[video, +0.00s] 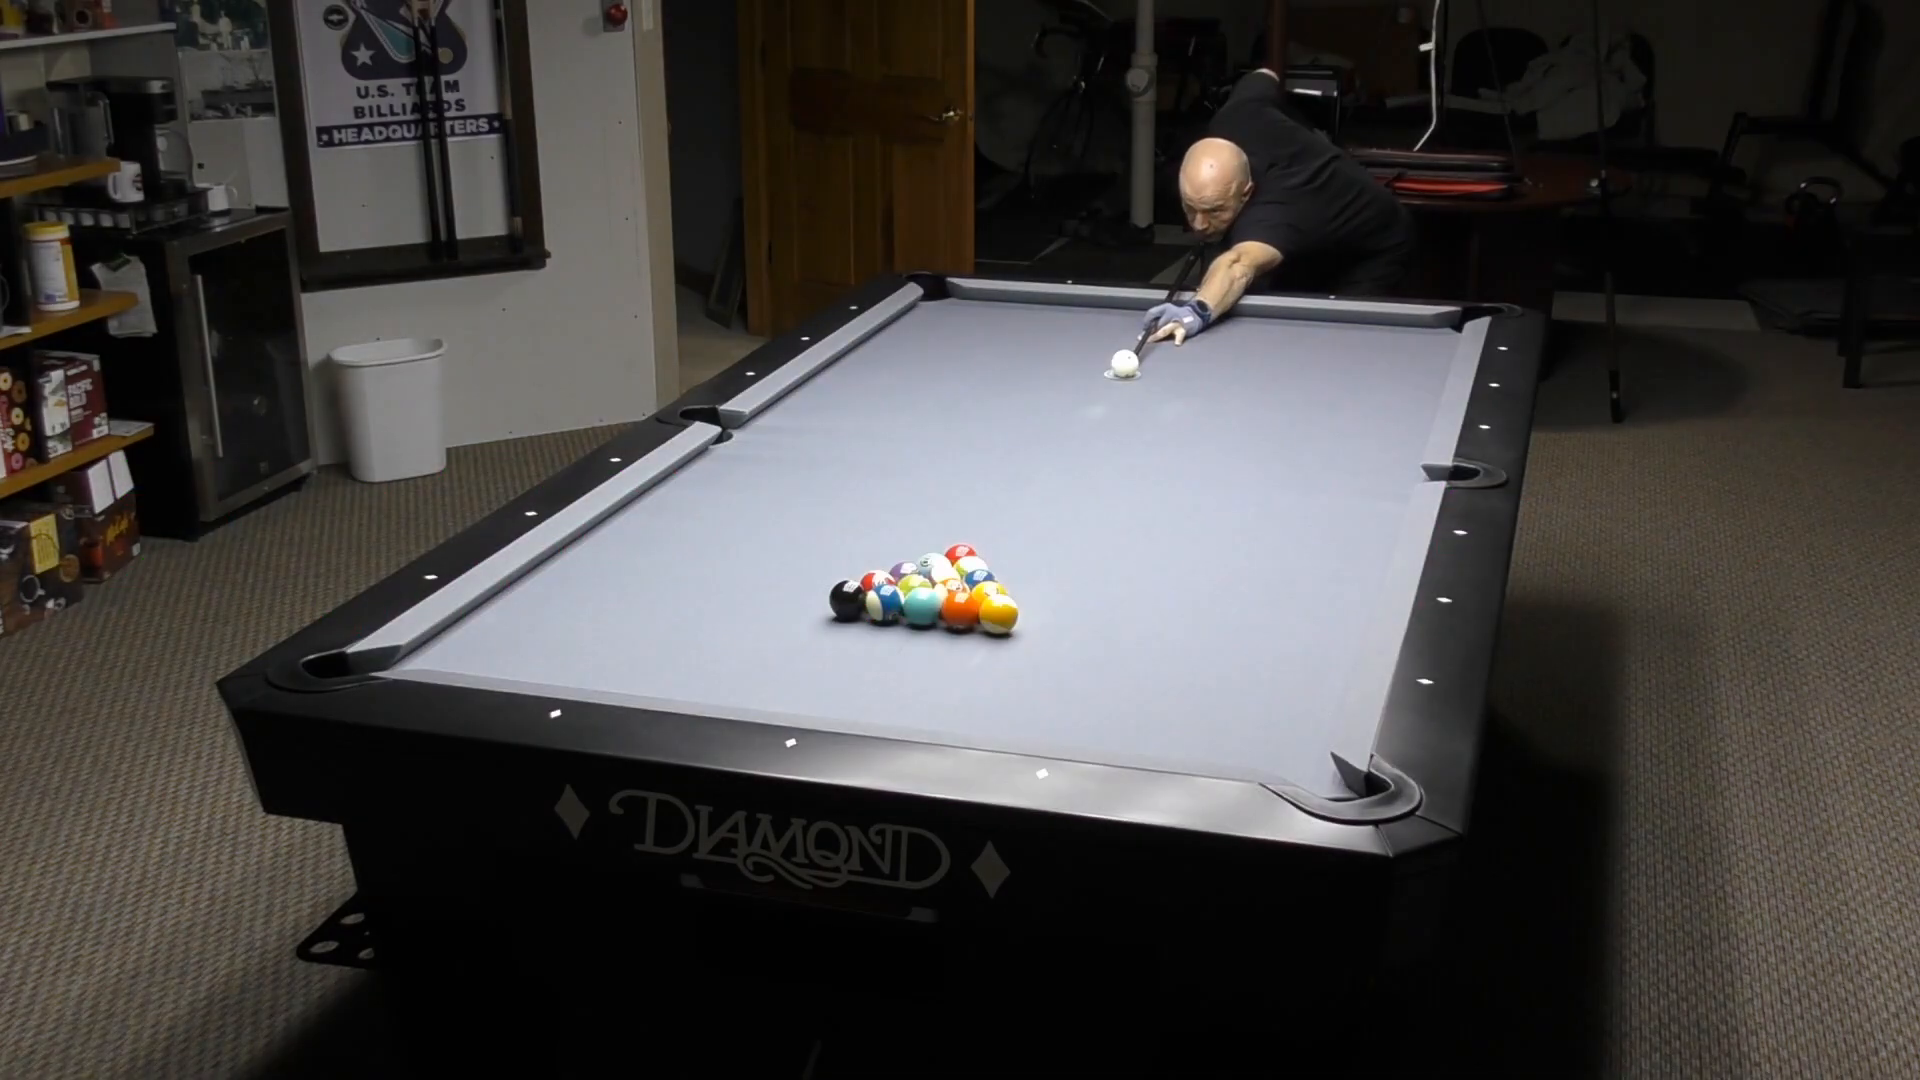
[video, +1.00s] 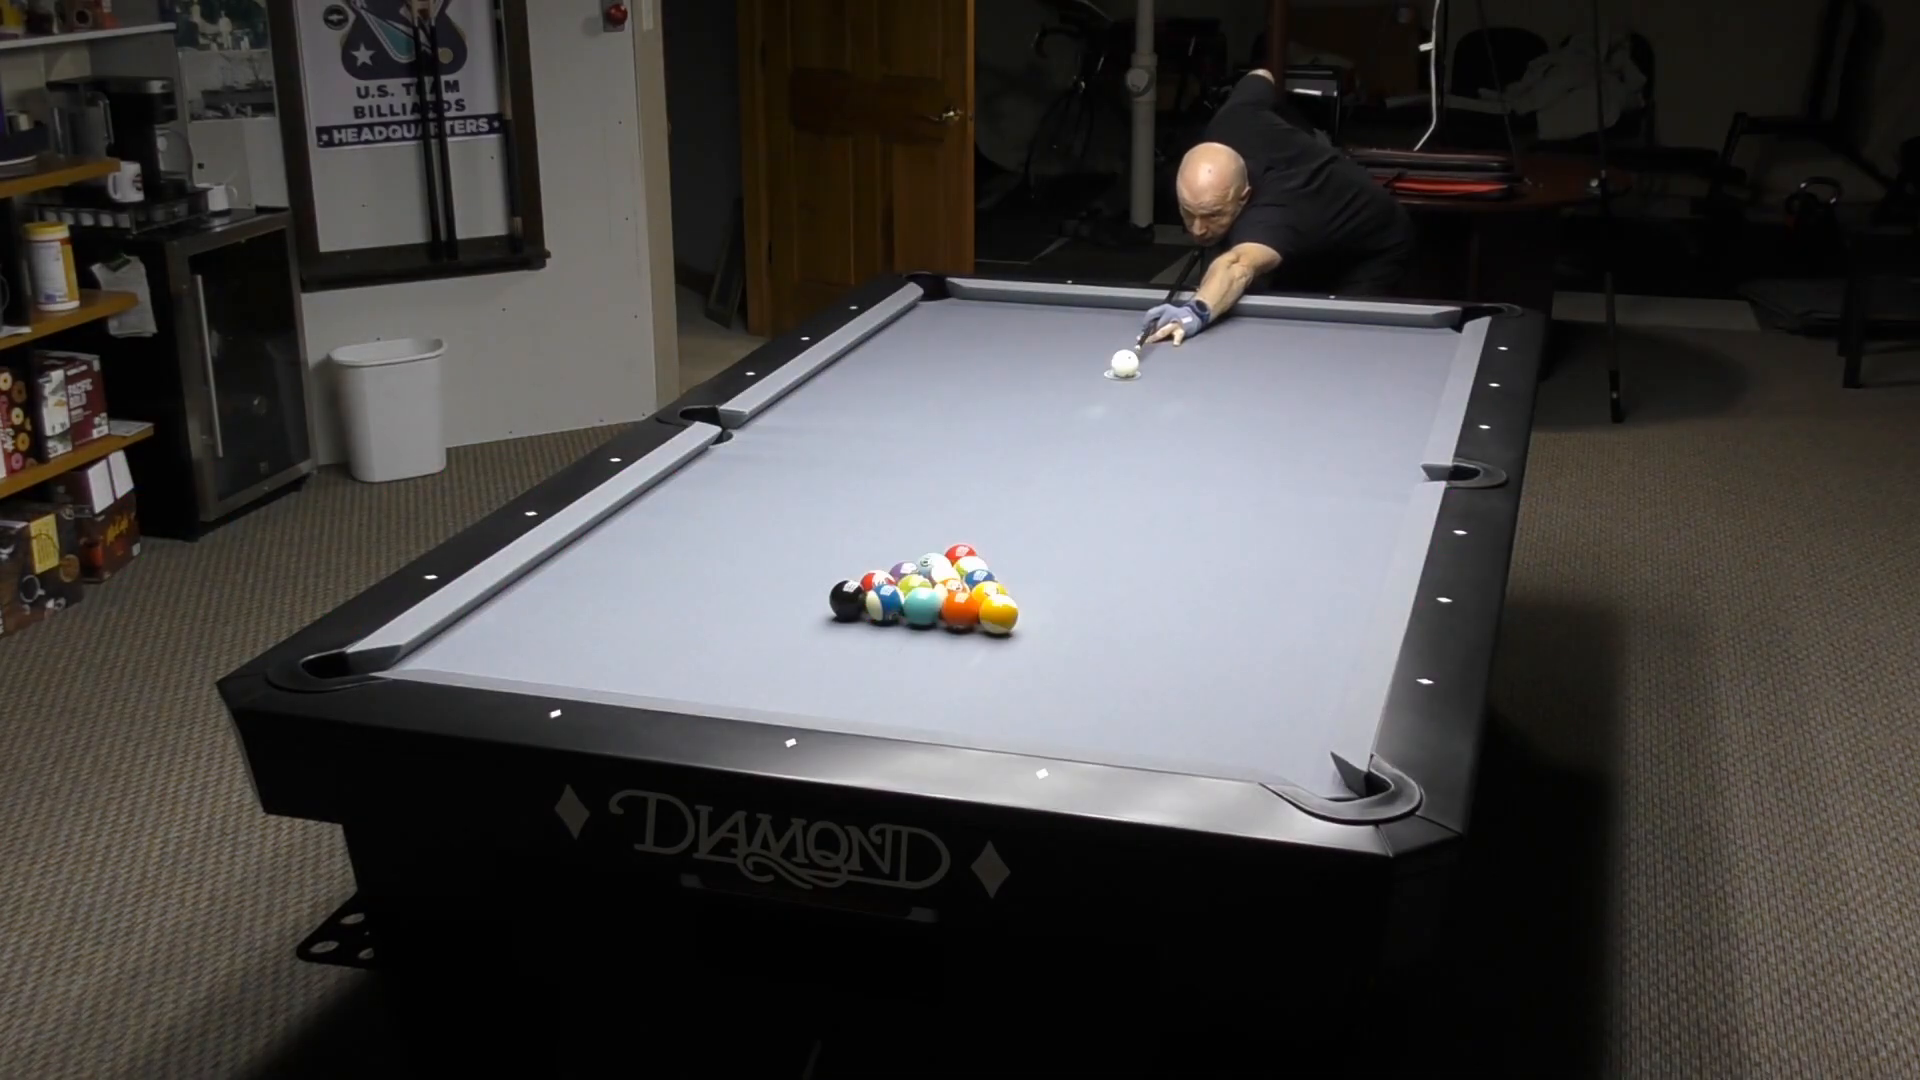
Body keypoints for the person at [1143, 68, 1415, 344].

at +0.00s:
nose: (1199, 225)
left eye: (1214, 212)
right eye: (1190, 209)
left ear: (1246, 190)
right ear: (1182, 181)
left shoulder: (1274, 216)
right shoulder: (1238, 115)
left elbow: (1238, 267)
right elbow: (1266, 74)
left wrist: (1196, 312)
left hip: (1380, 240)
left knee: (1340, 337)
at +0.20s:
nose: (1197, 227)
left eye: (1212, 213)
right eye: (1187, 211)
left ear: (1244, 192)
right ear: (1179, 183)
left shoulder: (1272, 216)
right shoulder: (1236, 118)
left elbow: (1237, 266)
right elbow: (1262, 76)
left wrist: (1195, 311)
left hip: (1380, 240)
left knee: (1339, 336)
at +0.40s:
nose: (1198, 227)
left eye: (1212, 214)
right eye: (1188, 211)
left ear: (1244, 192)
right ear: (1179, 183)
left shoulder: (1272, 216)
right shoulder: (1234, 118)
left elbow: (1237, 266)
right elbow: (1262, 74)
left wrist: (1196, 311)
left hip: (1380, 240)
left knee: (1339, 338)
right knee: (1281, 328)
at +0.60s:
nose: (1199, 229)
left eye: (1214, 215)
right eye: (1190, 213)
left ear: (1245, 193)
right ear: (1180, 185)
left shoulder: (1274, 215)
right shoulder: (1235, 119)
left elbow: (1238, 266)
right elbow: (1262, 77)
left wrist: (1195, 311)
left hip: (1380, 241)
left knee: (1341, 338)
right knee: (1281, 330)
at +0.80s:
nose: (1200, 229)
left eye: (1214, 216)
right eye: (1190, 213)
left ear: (1245, 194)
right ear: (1180, 185)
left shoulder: (1274, 216)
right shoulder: (1234, 120)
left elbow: (1238, 266)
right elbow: (1262, 76)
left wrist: (1195, 311)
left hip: (1380, 240)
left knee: (1340, 336)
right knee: (1280, 326)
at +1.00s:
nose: (1198, 230)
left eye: (1212, 218)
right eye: (1188, 215)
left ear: (1244, 195)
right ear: (1178, 187)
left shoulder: (1273, 216)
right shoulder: (1233, 121)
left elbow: (1237, 267)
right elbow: (1261, 74)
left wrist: (1195, 312)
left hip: (1379, 240)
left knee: (1339, 339)